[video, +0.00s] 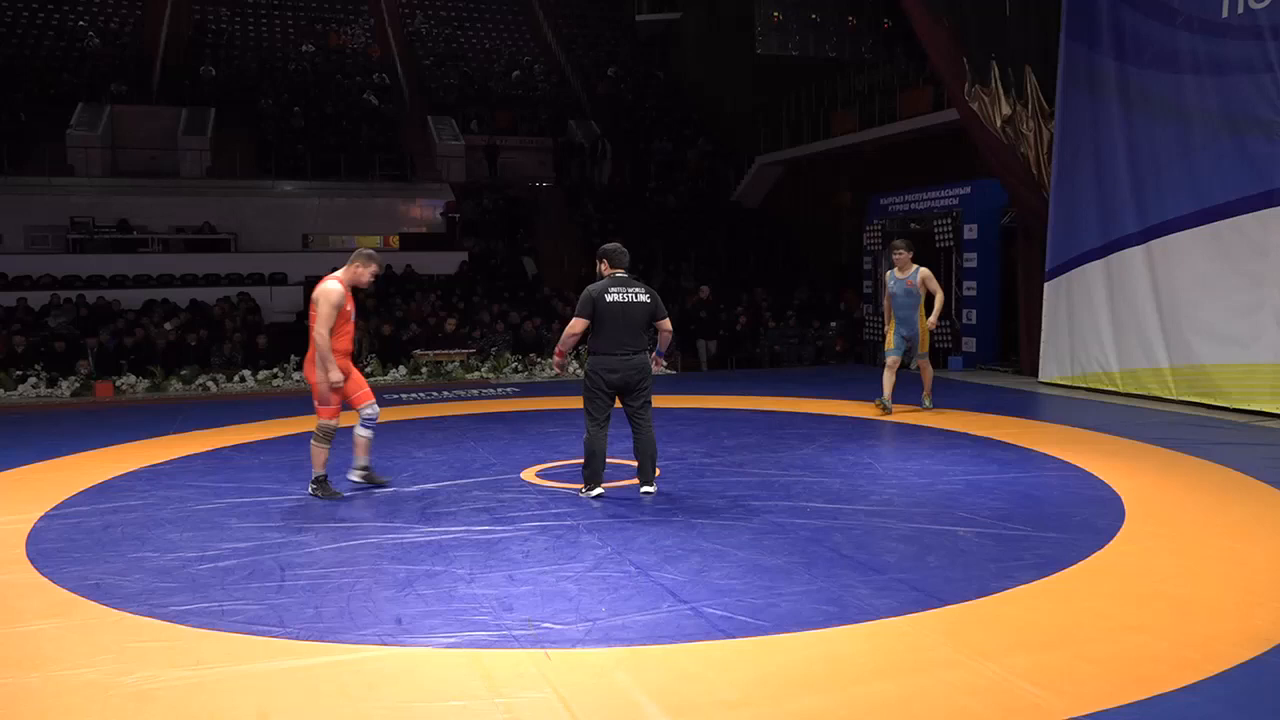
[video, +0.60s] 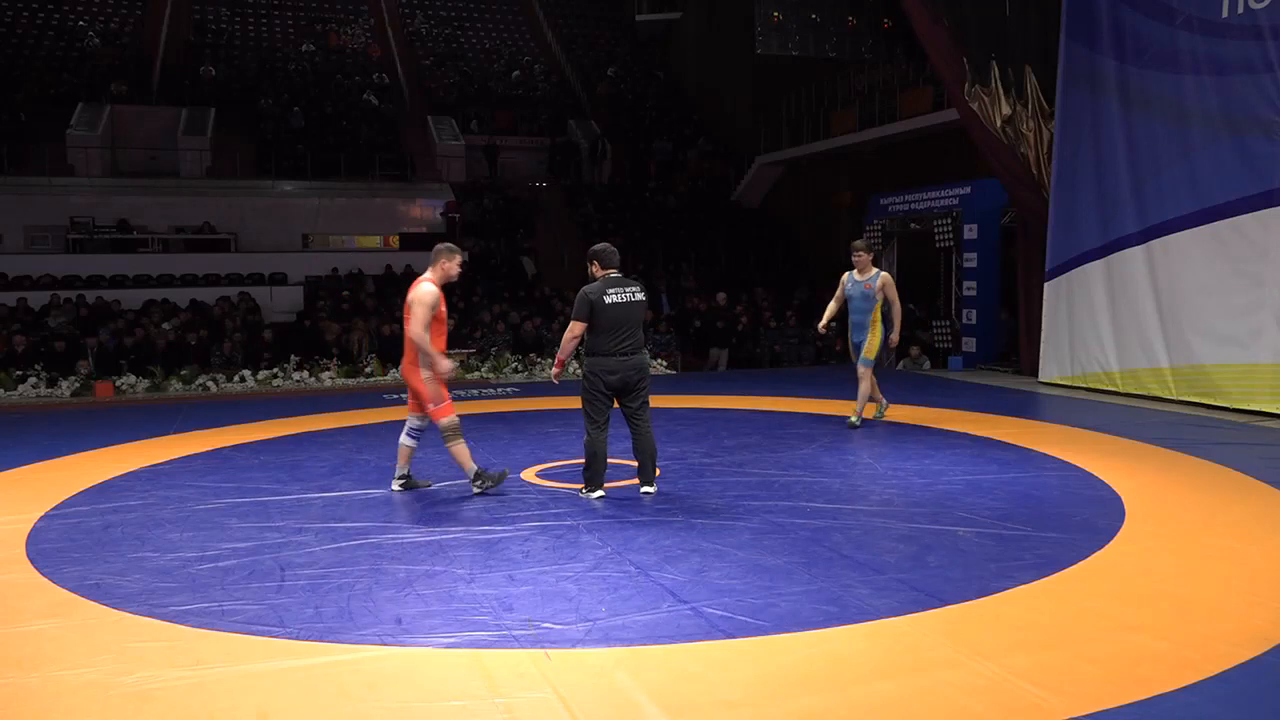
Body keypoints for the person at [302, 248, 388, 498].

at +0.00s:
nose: (371, 281)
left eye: (374, 276)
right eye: (371, 275)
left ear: (357, 268)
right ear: (357, 267)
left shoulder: (342, 288)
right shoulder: (332, 289)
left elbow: (332, 332)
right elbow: (319, 333)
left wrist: (343, 365)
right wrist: (331, 370)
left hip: (342, 364)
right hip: (323, 366)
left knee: (370, 412)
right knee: (327, 424)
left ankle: (361, 470)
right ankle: (318, 479)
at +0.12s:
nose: (391, 276)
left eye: (393, 272)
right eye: (390, 271)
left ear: (375, 267)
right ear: (374, 266)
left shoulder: (362, 289)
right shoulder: (354, 291)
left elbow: (349, 331)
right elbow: (336, 331)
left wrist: (359, 361)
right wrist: (352, 364)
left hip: (362, 366)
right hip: (345, 367)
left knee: (377, 420)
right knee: (344, 424)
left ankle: (395, 475)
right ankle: (320, 478)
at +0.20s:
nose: (403, 275)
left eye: (404, 270)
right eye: (401, 269)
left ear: (386, 267)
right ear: (386, 266)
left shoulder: (372, 289)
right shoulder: (365, 290)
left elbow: (359, 330)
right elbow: (350, 330)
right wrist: (367, 363)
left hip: (377, 366)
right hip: (361, 368)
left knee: (389, 421)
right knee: (368, 426)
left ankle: (399, 476)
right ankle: (329, 471)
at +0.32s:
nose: (419, 273)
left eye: (420, 268)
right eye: (417, 267)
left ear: (401, 265)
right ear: (402, 265)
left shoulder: (387, 287)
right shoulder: (382, 289)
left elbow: (377, 330)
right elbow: (373, 330)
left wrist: (392, 363)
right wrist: (389, 364)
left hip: (389, 365)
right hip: (381, 367)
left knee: (399, 422)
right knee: (408, 420)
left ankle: (399, 476)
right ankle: (367, 458)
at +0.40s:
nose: (429, 270)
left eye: (430, 265)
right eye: (427, 265)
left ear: (412, 262)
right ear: (412, 262)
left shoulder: (398, 284)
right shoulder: (394, 286)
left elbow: (389, 328)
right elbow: (382, 327)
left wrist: (402, 363)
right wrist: (397, 363)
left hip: (397, 364)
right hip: (394, 365)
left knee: (400, 421)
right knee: (427, 413)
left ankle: (399, 476)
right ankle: (399, 465)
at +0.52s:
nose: (446, 268)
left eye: (447, 263)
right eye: (444, 263)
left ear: (428, 261)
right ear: (430, 261)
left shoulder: (413, 283)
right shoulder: (412, 287)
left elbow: (404, 328)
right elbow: (397, 327)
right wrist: (411, 363)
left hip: (409, 365)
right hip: (414, 366)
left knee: (407, 421)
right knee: (439, 418)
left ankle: (400, 476)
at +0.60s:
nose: (460, 270)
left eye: (461, 265)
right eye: (458, 265)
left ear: (441, 264)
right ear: (443, 264)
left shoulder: (425, 286)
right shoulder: (427, 291)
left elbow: (418, 332)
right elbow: (416, 332)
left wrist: (431, 358)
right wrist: (439, 360)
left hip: (419, 366)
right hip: (421, 368)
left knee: (416, 423)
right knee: (449, 423)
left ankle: (401, 476)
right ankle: (476, 476)